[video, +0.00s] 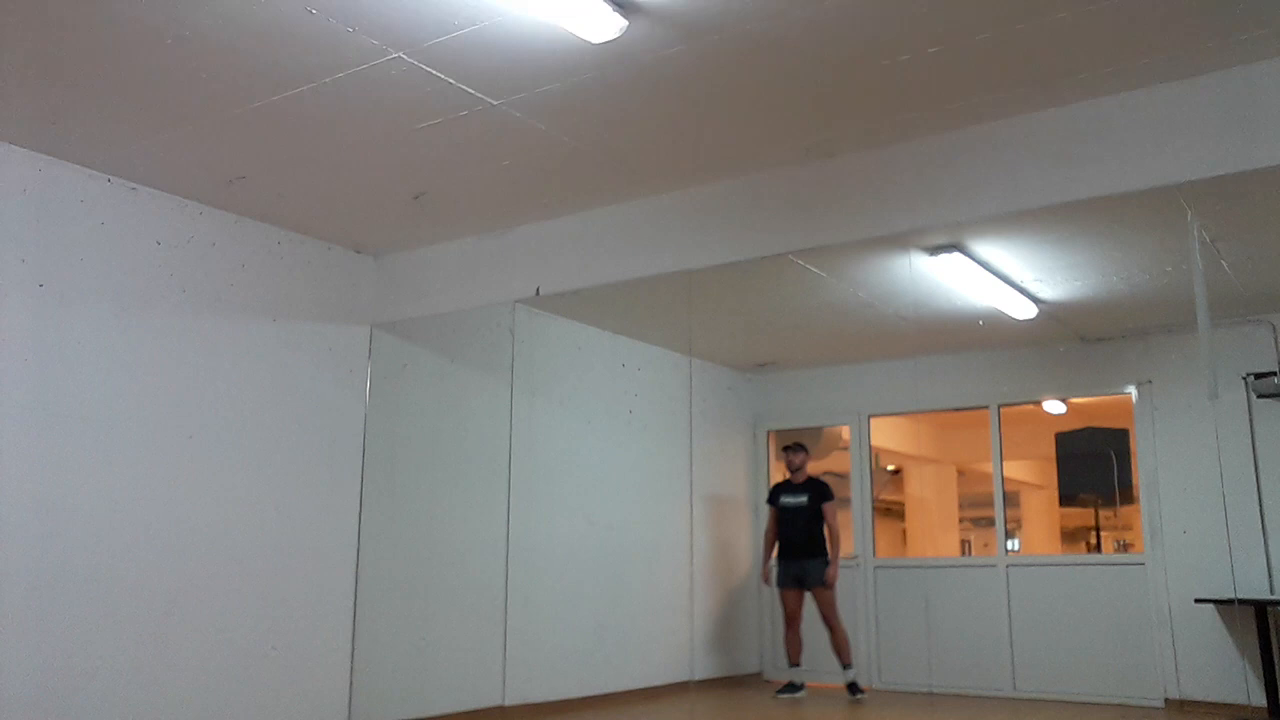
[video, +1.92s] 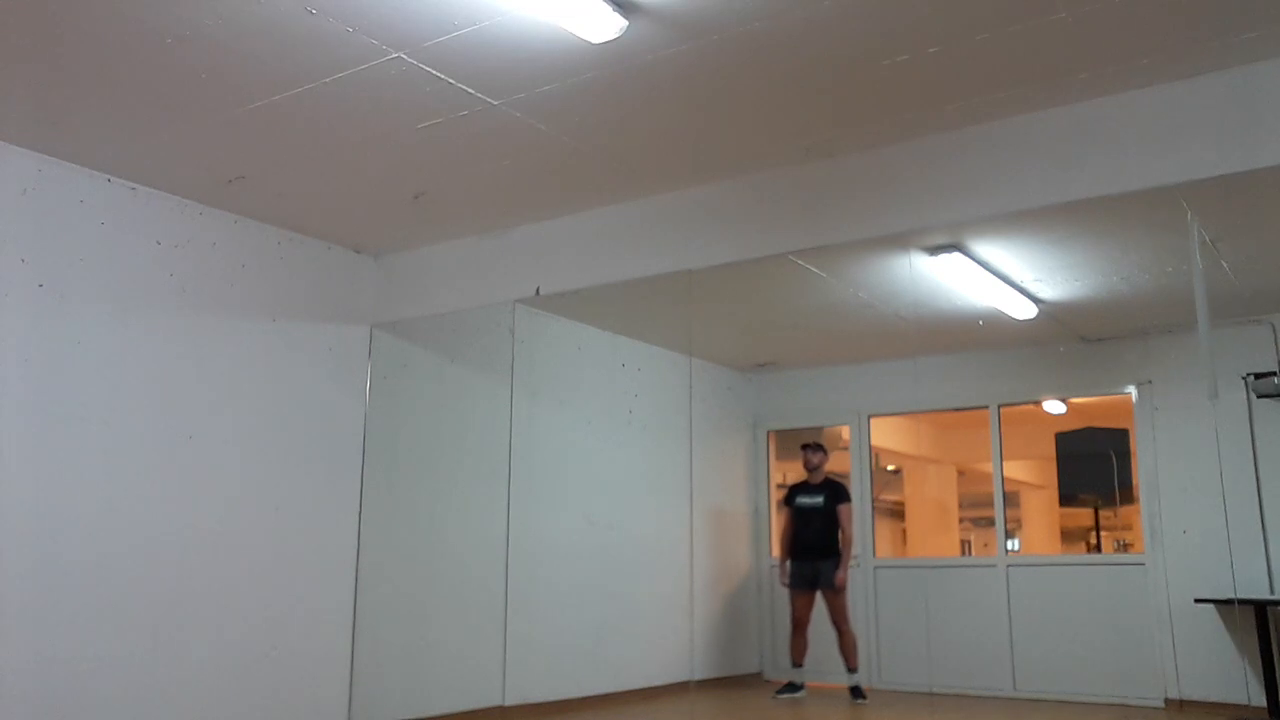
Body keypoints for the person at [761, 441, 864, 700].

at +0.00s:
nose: (791, 458)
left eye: (796, 453)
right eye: (788, 454)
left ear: (806, 457)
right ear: (784, 459)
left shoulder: (820, 488)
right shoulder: (778, 491)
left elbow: (832, 526)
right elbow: (772, 528)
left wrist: (834, 562)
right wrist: (766, 562)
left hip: (816, 562)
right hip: (788, 563)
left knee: (831, 620)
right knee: (791, 621)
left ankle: (850, 677)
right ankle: (796, 679)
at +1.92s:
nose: (811, 459)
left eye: (816, 454)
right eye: (807, 454)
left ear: (825, 459)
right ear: (803, 460)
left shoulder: (837, 490)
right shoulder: (794, 492)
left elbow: (846, 531)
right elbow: (787, 528)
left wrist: (843, 567)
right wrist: (783, 562)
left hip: (829, 563)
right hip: (800, 564)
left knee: (841, 623)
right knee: (798, 623)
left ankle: (854, 681)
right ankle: (796, 680)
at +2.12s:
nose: (810, 458)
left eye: (816, 454)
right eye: (807, 454)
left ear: (825, 459)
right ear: (802, 459)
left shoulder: (837, 490)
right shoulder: (794, 492)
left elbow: (846, 531)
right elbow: (788, 529)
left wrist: (843, 567)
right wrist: (784, 563)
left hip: (829, 563)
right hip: (800, 564)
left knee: (841, 623)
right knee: (798, 623)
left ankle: (854, 681)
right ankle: (796, 680)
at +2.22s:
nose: (811, 458)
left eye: (816, 454)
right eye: (807, 454)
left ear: (825, 458)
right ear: (802, 459)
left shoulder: (837, 490)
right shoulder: (794, 492)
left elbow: (846, 532)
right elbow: (788, 529)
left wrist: (842, 567)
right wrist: (784, 563)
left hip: (829, 564)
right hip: (800, 564)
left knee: (841, 623)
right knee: (798, 623)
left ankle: (854, 681)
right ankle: (796, 680)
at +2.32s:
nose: (810, 458)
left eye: (816, 454)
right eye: (807, 454)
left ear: (825, 458)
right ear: (802, 459)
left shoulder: (837, 490)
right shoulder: (794, 492)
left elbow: (845, 532)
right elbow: (787, 529)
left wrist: (842, 566)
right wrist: (784, 563)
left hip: (829, 563)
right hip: (800, 564)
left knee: (841, 623)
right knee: (798, 623)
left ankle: (854, 682)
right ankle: (797, 680)